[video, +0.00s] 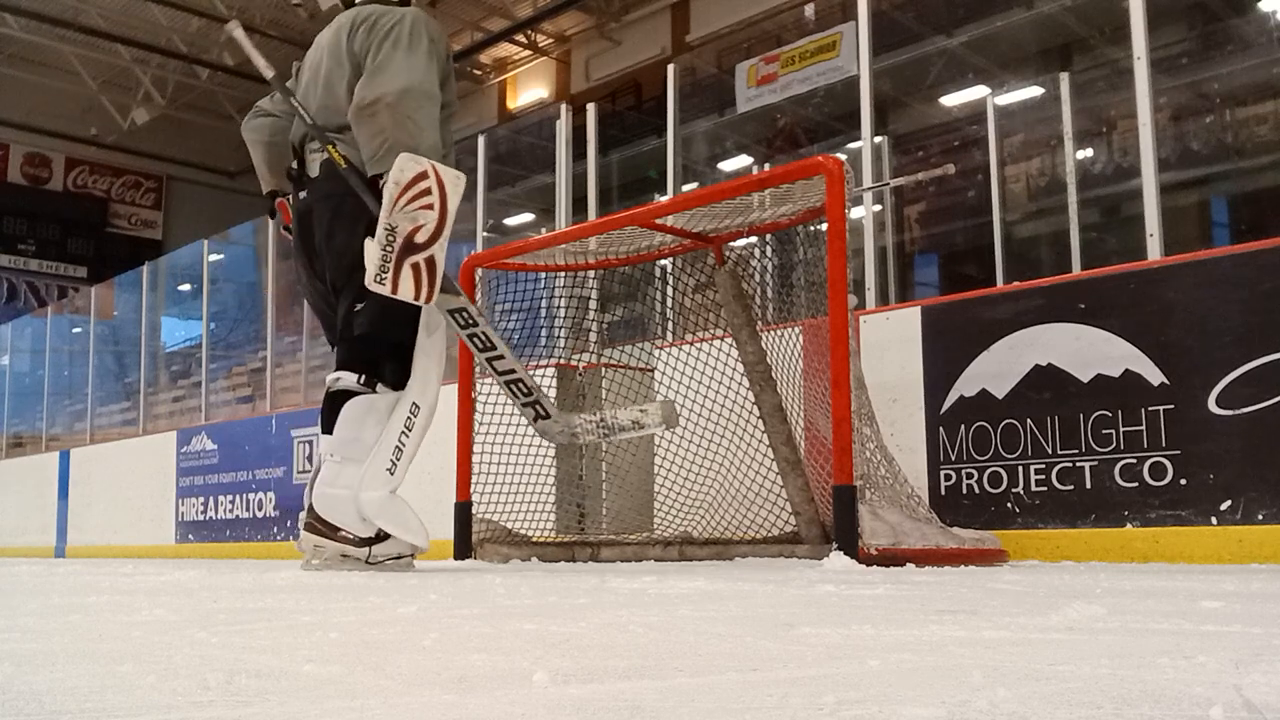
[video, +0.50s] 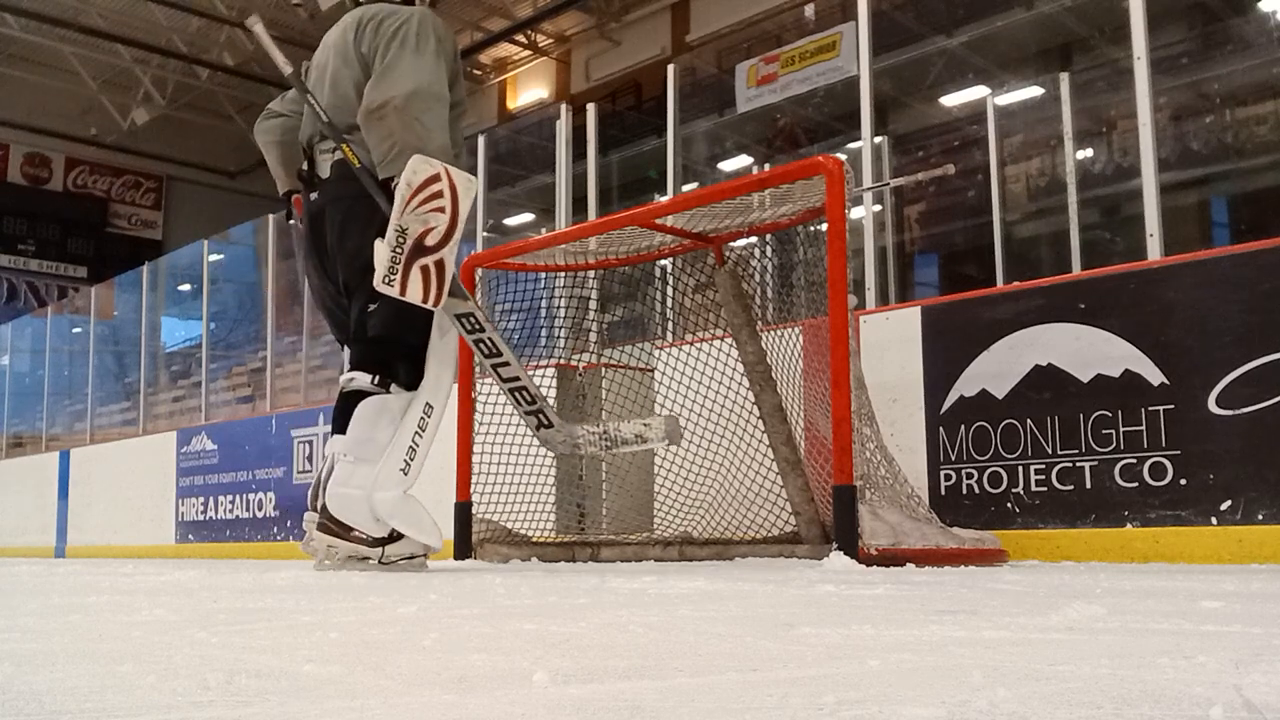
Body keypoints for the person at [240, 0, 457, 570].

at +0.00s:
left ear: (353, 4)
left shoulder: (318, 54)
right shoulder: (403, 23)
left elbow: (261, 123)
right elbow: (392, 110)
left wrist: (279, 191)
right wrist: (418, 216)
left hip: (311, 218)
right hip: (362, 203)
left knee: (355, 358)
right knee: (388, 354)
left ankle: (335, 518)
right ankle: (343, 508)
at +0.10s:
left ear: (351, 5)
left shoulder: (318, 57)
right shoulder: (405, 23)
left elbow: (264, 124)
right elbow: (395, 110)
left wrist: (285, 189)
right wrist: (422, 218)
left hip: (313, 217)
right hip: (361, 200)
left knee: (358, 354)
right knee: (390, 348)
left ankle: (335, 506)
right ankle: (347, 503)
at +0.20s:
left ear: (356, 8)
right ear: (417, 1)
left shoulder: (319, 61)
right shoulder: (407, 23)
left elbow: (266, 122)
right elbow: (396, 108)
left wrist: (287, 192)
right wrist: (428, 215)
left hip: (316, 214)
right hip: (362, 200)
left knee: (361, 352)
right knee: (393, 350)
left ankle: (334, 500)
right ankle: (351, 506)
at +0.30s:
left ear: (356, 9)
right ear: (418, 1)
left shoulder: (317, 64)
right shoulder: (408, 25)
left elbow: (268, 122)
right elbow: (399, 116)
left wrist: (291, 188)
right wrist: (429, 222)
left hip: (318, 214)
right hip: (364, 201)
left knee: (364, 353)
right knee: (394, 353)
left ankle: (336, 504)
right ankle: (353, 507)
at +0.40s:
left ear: (356, 7)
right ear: (420, 0)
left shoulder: (321, 63)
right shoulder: (409, 24)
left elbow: (269, 125)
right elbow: (399, 113)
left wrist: (297, 193)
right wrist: (432, 217)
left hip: (320, 217)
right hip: (368, 202)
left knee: (365, 354)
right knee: (396, 351)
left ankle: (336, 501)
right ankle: (354, 503)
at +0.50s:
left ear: (359, 5)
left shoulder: (325, 59)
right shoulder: (411, 24)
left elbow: (273, 125)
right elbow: (399, 115)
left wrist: (298, 188)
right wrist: (433, 215)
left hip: (322, 217)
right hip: (371, 205)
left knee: (366, 354)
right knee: (399, 352)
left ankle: (335, 505)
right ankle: (354, 507)